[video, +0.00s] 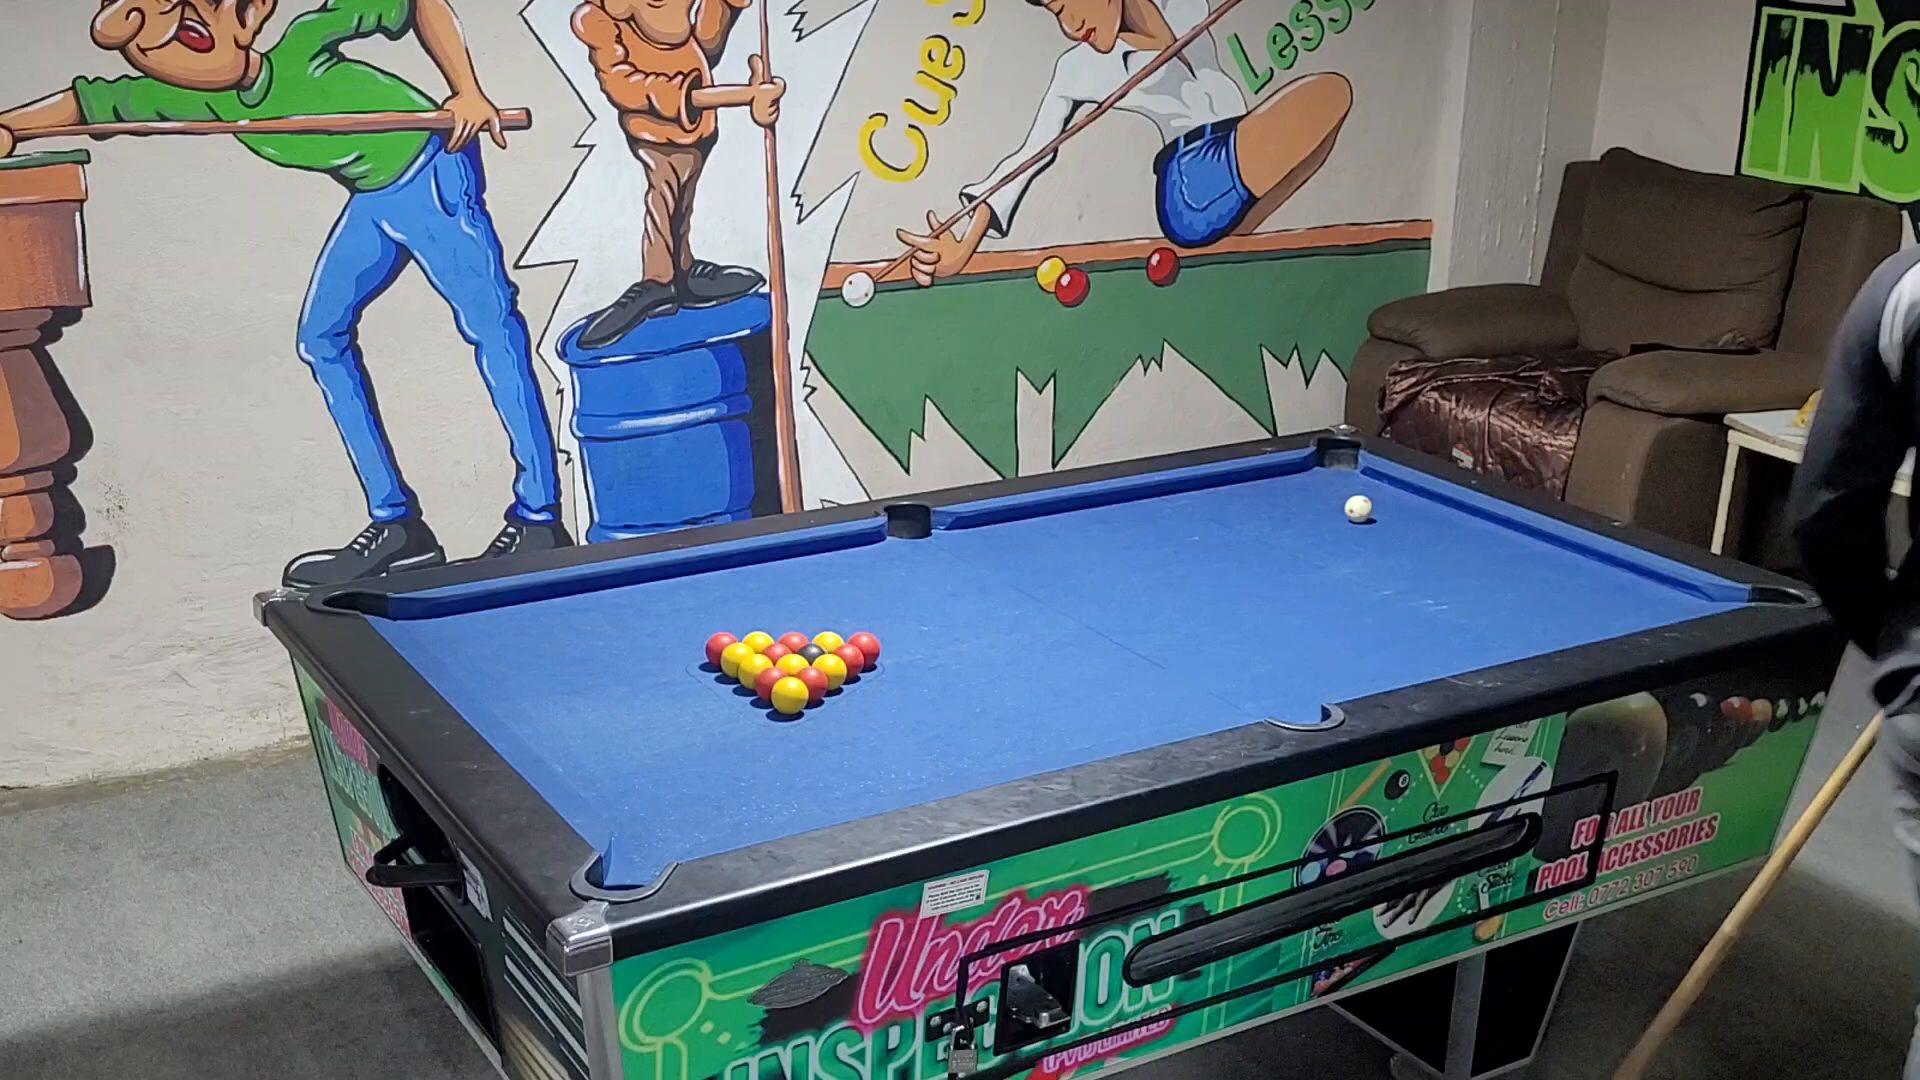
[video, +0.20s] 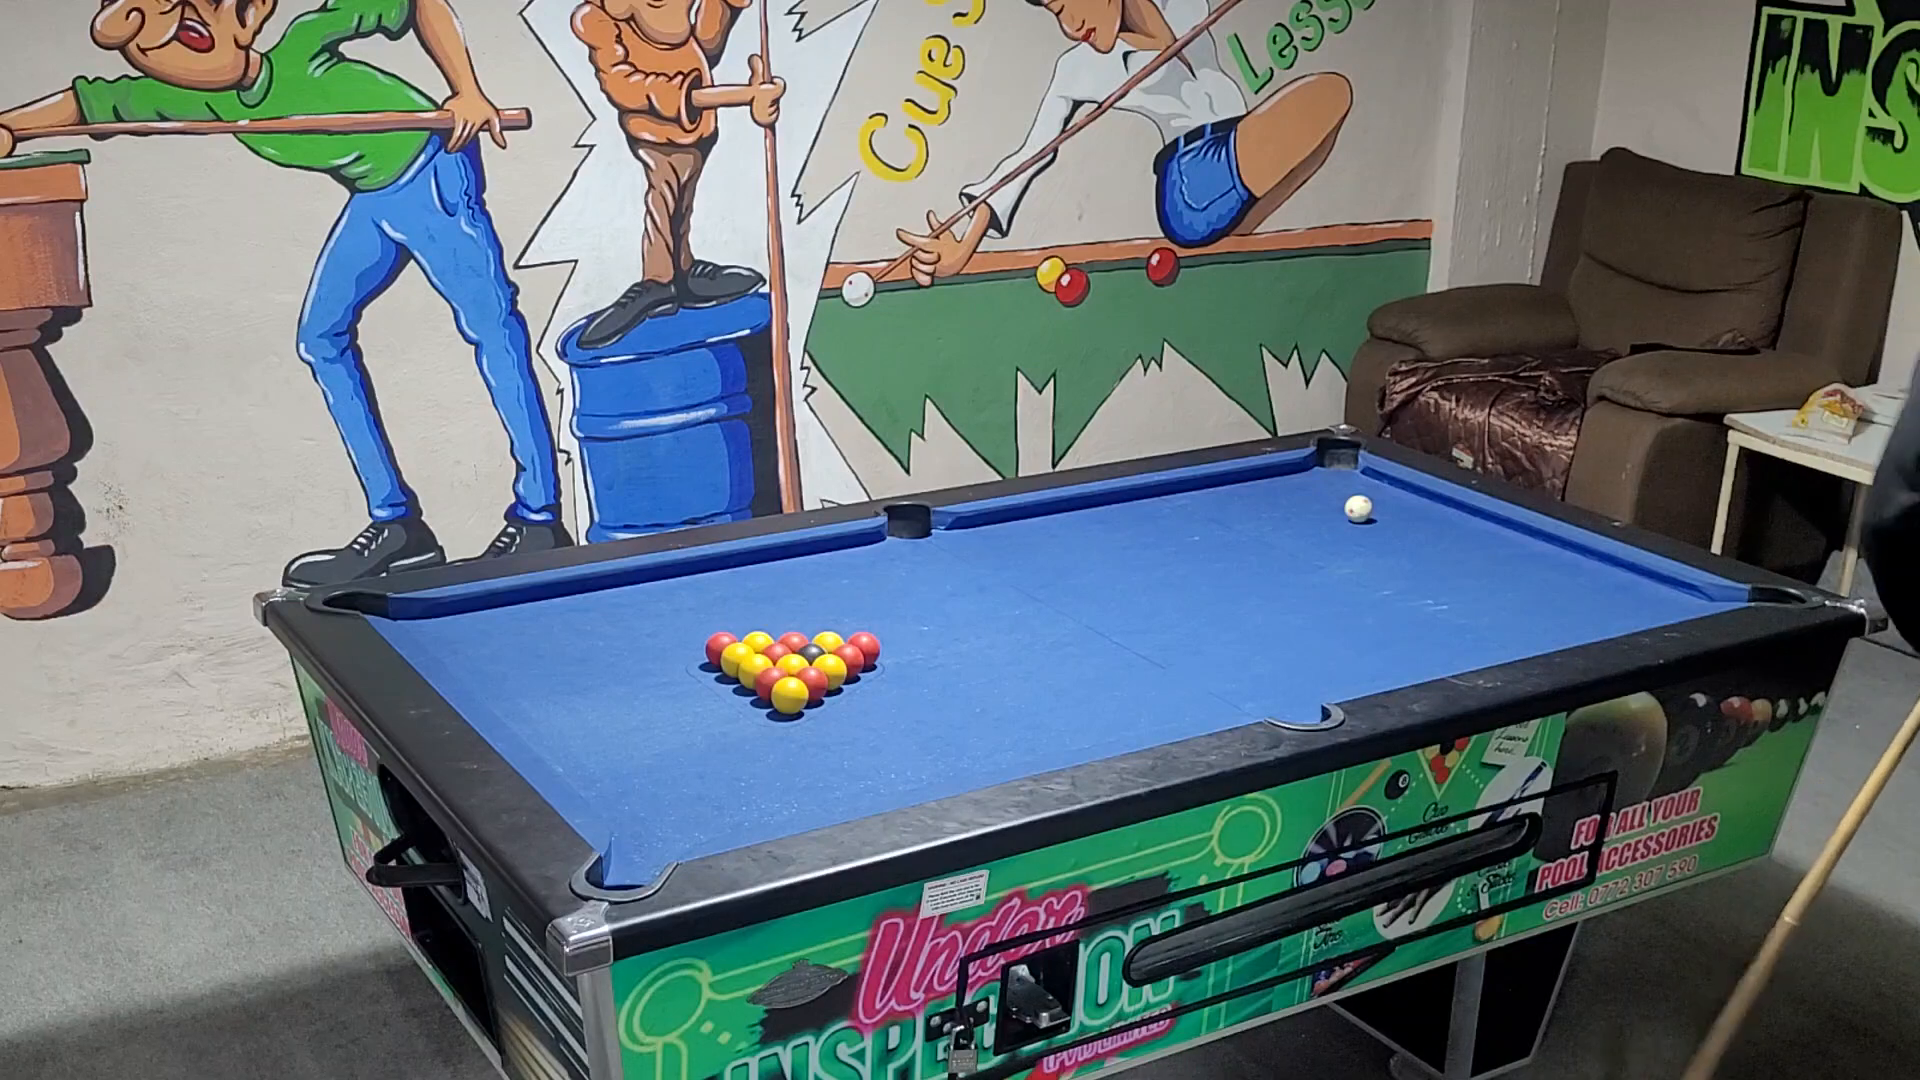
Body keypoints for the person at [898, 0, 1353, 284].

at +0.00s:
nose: (1070, 24)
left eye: (1070, 5)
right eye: (1057, 15)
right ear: (1056, 18)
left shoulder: (1175, 10)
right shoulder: (1077, 69)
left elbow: (1199, 56)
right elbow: (1028, 157)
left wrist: (1141, 15)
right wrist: (964, 246)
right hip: (1194, 183)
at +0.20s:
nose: (1070, 25)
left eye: (1069, 6)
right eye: (1057, 16)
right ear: (1057, 19)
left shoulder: (1175, 10)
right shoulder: (1077, 69)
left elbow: (1198, 55)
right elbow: (1028, 157)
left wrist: (1141, 17)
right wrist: (963, 247)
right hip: (1192, 184)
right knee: (1330, 91)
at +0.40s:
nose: (1070, 24)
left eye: (1070, 5)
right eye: (1057, 16)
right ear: (1056, 19)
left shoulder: (1175, 9)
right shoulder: (1077, 69)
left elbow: (1198, 55)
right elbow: (1028, 157)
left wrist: (1141, 17)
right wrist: (963, 246)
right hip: (1193, 182)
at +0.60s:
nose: (1070, 24)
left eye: (1071, 5)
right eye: (1057, 15)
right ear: (1055, 18)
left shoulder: (1176, 9)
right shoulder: (1077, 69)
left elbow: (1198, 57)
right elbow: (1028, 157)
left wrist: (1139, 13)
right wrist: (964, 246)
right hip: (1194, 182)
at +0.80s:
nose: (1070, 23)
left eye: (1072, 3)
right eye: (1056, 15)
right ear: (1055, 18)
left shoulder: (1173, 9)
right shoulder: (1076, 69)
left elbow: (1193, 54)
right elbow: (1029, 156)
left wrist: (1136, 10)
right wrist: (964, 244)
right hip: (1196, 167)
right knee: (1186, 205)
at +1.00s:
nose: (1070, 22)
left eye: (1072, 3)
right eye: (1057, 14)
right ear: (1055, 18)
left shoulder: (1174, 9)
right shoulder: (1076, 69)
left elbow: (1195, 56)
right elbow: (1028, 156)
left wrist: (1137, 11)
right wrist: (964, 245)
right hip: (1194, 179)